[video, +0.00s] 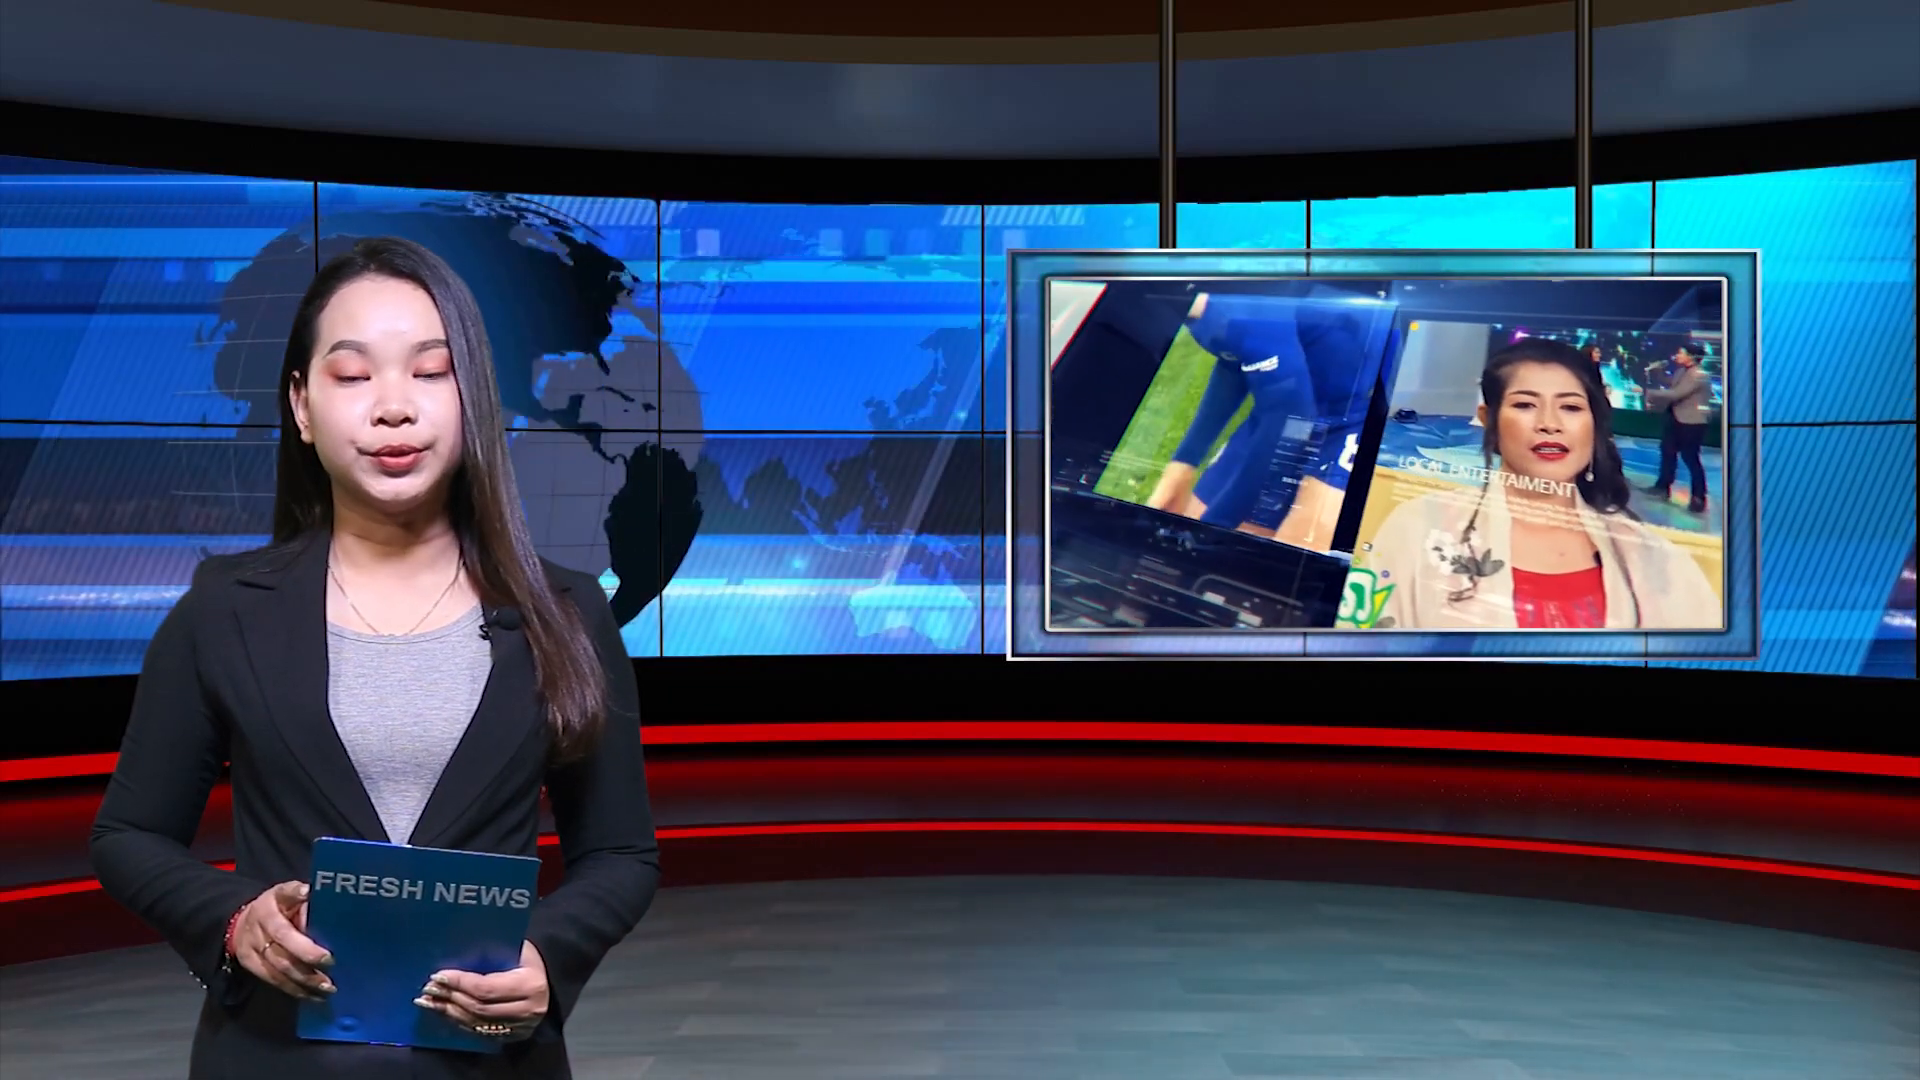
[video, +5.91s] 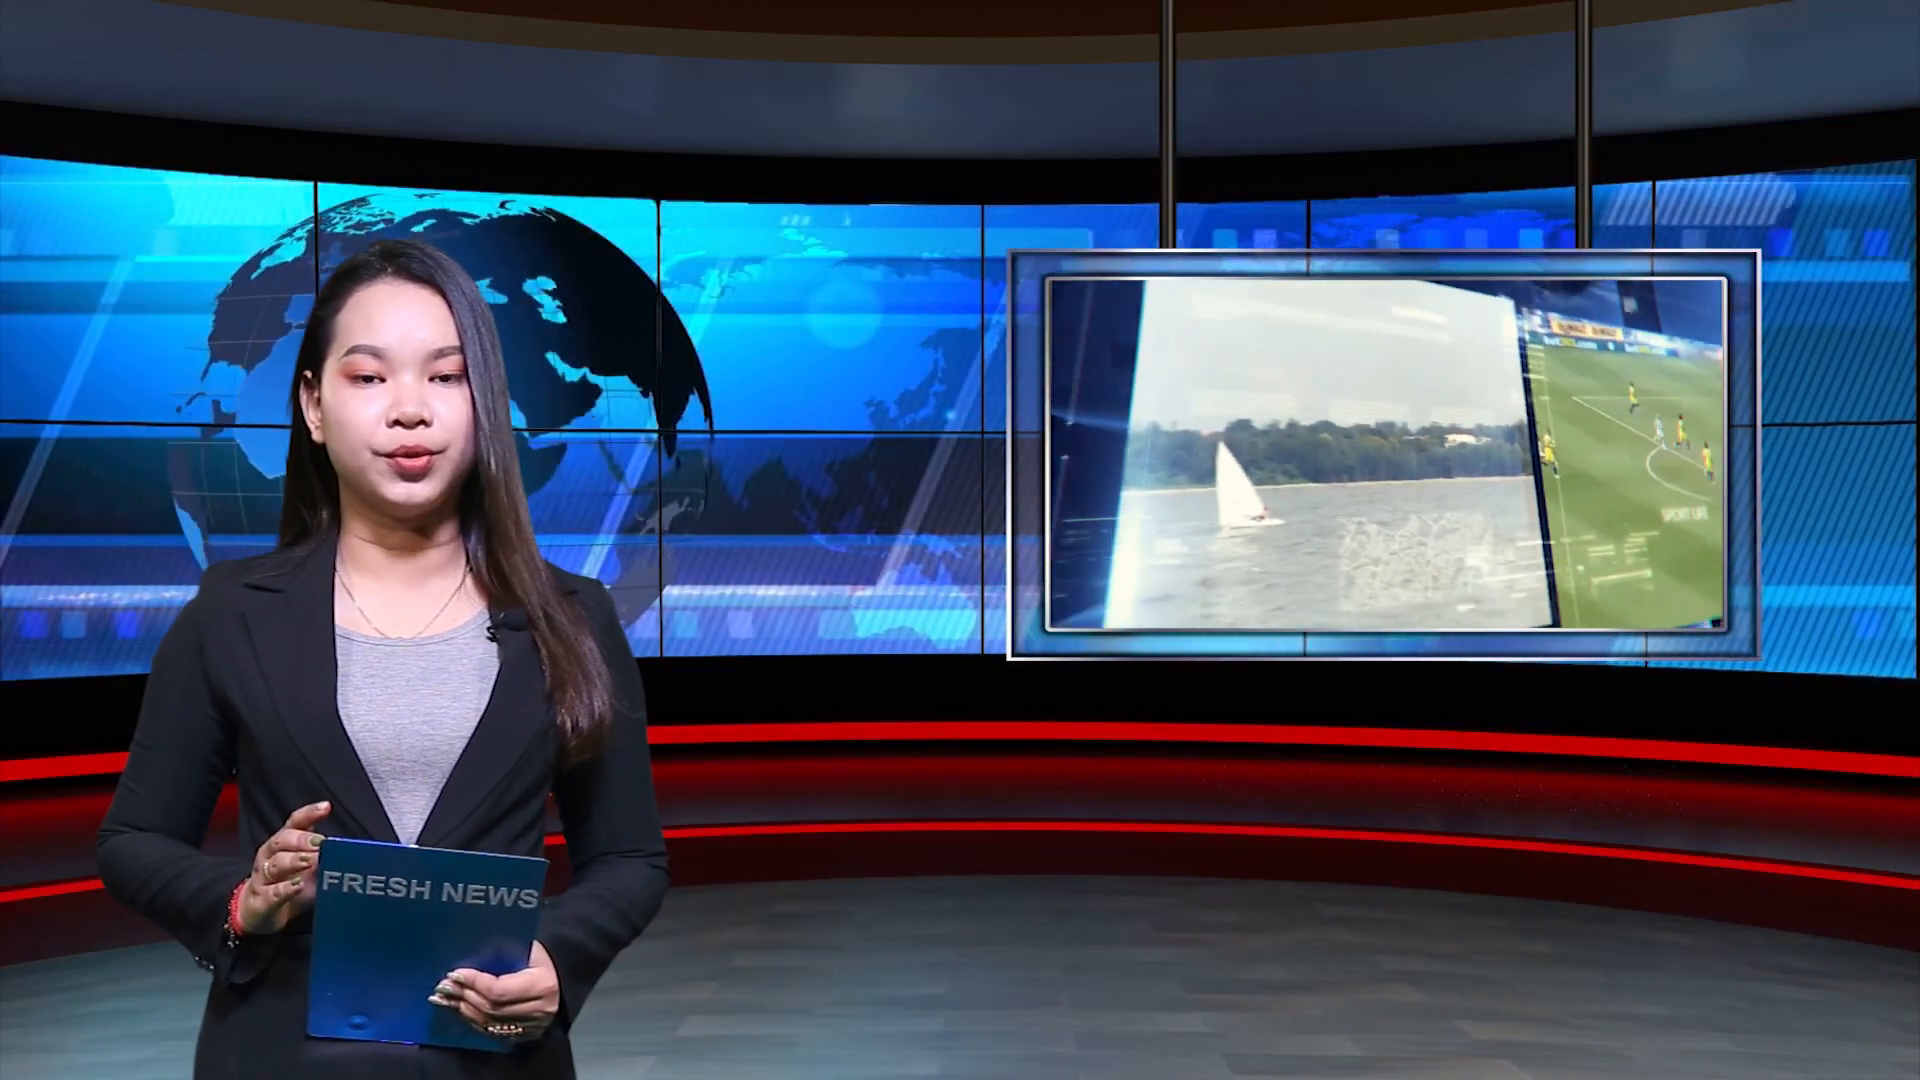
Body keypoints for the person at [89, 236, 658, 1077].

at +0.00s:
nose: (394, 406)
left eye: (429, 370)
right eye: (352, 373)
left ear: (471, 398)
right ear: (302, 406)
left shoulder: (561, 615)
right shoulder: (227, 610)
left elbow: (619, 855)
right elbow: (129, 836)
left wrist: (545, 961)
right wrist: (230, 918)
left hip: (491, 1052)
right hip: (276, 1054)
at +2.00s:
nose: (402, 416)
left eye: (436, 379)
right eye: (359, 380)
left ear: (475, 404)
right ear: (307, 409)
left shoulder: (562, 616)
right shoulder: (230, 613)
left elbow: (620, 857)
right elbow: (131, 839)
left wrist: (549, 960)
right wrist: (235, 915)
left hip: (493, 1051)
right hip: (280, 1054)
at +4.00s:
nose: (401, 412)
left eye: (436, 377)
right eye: (360, 378)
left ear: (480, 404)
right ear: (311, 411)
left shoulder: (566, 622)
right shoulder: (234, 612)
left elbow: (622, 857)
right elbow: (133, 839)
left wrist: (556, 958)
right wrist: (241, 916)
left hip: (499, 1053)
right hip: (283, 1054)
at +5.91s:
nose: (411, 409)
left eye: (444, 375)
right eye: (369, 376)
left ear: (483, 405)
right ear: (313, 407)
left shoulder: (568, 619)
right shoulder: (234, 615)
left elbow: (628, 859)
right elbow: (133, 842)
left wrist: (555, 961)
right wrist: (237, 898)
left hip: (497, 1054)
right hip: (281, 1055)